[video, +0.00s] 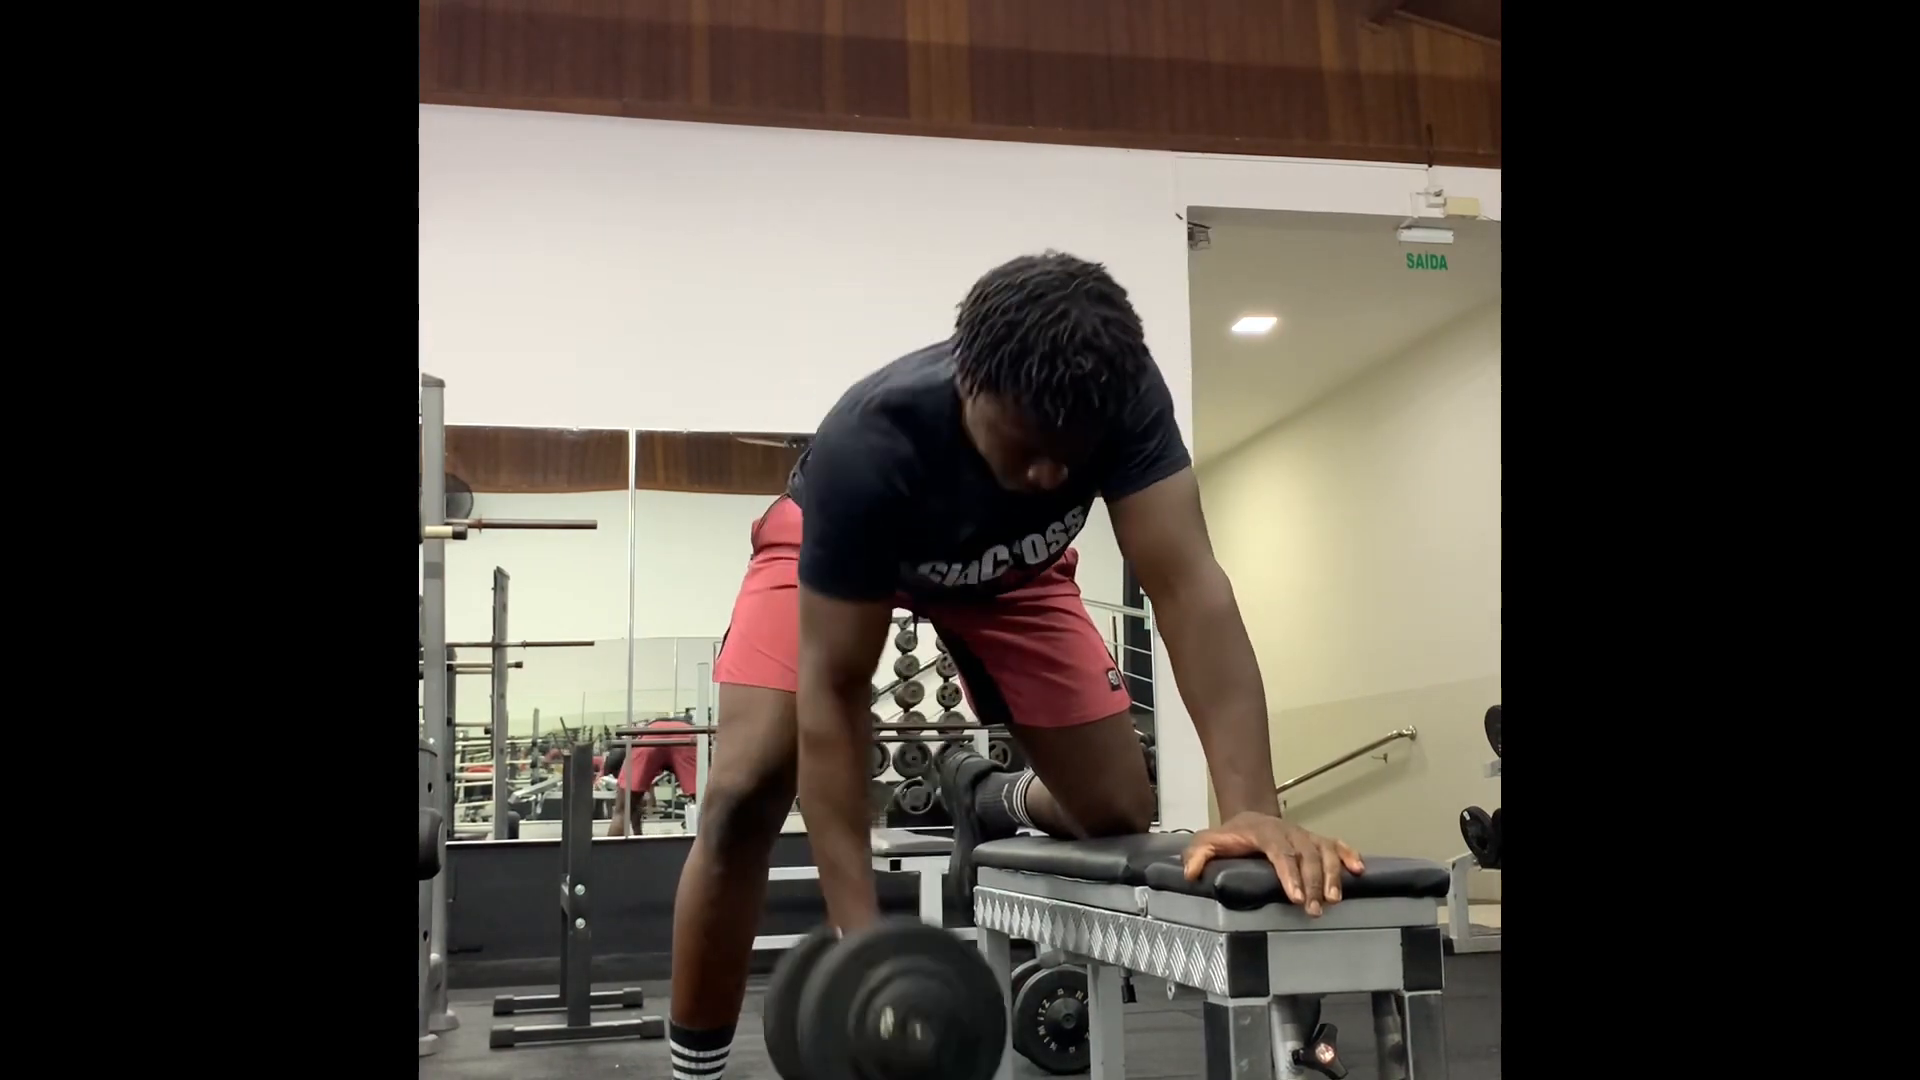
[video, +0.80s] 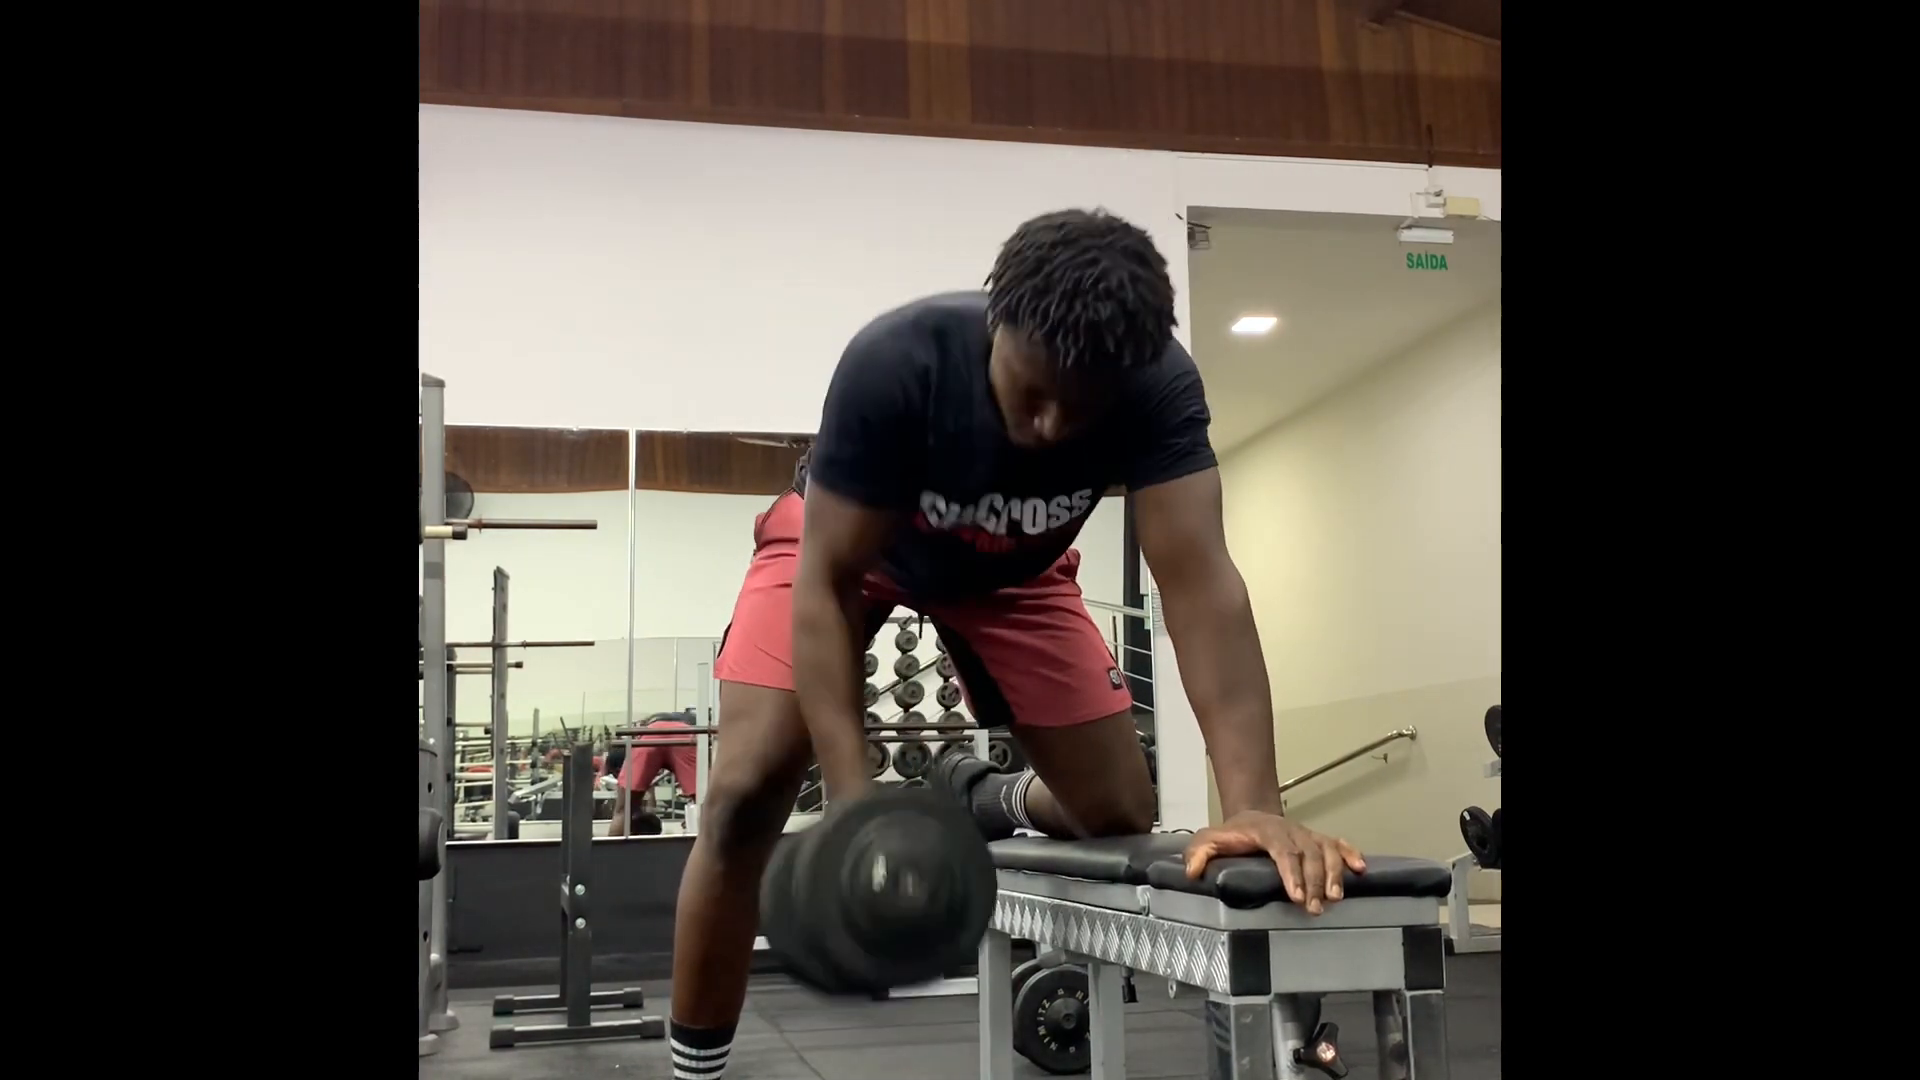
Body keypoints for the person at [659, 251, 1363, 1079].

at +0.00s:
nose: (1050, 474)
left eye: (1073, 451)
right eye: (1022, 448)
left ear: (1110, 405)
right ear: (969, 387)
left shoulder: (1123, 398)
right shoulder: (870, 453)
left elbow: (1187, 582)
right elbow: (833, 695)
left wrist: (1253, 804)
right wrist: (865, 953)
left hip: (1018, 567)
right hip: (839, 558)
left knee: (1120, 814)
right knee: (743, 794)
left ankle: (988, 796)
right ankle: (695, 1071)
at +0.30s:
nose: (1025, 447)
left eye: (1052, 427)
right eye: (1003, 419)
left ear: (1098, 390)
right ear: (967, 358)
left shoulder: (1131, 390)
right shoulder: (873, 427)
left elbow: (1194, 583)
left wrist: (1253, 805)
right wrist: (865, 946)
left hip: (1017, 563)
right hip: (840, 552)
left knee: (1120, 810)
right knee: (741, 791)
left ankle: (989, 794)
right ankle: (694, 1074)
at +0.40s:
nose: (1035, 332)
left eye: (1075, 325)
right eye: (1032, 292)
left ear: (1141, 321)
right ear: (1027, 242)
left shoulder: (1166, 383)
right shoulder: (926, 282)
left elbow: (1204, 578)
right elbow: (798, 446)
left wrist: (1252, 804)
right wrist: (819, 641)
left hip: (1007, 572)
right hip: (842, 538)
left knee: (1120, 816)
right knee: (740, 794)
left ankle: (986, 800)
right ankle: (694, 1073)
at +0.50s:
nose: (1039, 297)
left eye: (1077, 300)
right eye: (1042, 261)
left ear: (1146, 309)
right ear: (1047, 214)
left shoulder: (1176, 386)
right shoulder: (969, 222)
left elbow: (1207, 579)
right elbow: (817, 285)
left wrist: (1253, 803)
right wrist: (815, 420)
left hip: (995, 561)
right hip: (849, 511)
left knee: (1117, 811)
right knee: (741, 794)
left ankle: (978, 800)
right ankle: (692, 1071)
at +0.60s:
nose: (1038, 331)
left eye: (1074, 325)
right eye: (1034, 293)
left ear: (1145, 318)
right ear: (1030, 238)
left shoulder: (1172, 387)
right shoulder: (965, 231)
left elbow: (1207, 582)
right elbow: (817, 277)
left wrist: (1253, 804)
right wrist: (827, 410)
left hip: (999, 557)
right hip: (853, 510)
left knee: (1118, 815)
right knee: (740, 796)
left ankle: (985, 800)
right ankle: (694, 1072)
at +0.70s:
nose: (1051, 370)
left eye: (1086, 357)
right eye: (1039, 333)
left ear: (1143, 334)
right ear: (1022, 267)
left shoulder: (1166, 389)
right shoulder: (933, 282)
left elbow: (1203, 580)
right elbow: (779, 405)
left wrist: (1251, 803)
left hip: (1010, 568)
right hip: (843, 531)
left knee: (1120, 816)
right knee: (740, 794)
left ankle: (987, 804)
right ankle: (693, 1072)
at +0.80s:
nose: (1049, 428)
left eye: (1079, 408)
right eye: (1031, 396)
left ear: (1132, 367)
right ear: (996, 332)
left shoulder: (1157, 388)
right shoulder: (895, 366)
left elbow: (1199, 579)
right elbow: (821, 584)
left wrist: (1255, 802)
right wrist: (857, 817)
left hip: (1017, 570)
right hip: (852, 541)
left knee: (1120, 814)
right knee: (743, 792)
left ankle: (986, 800)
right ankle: (694, 1069)